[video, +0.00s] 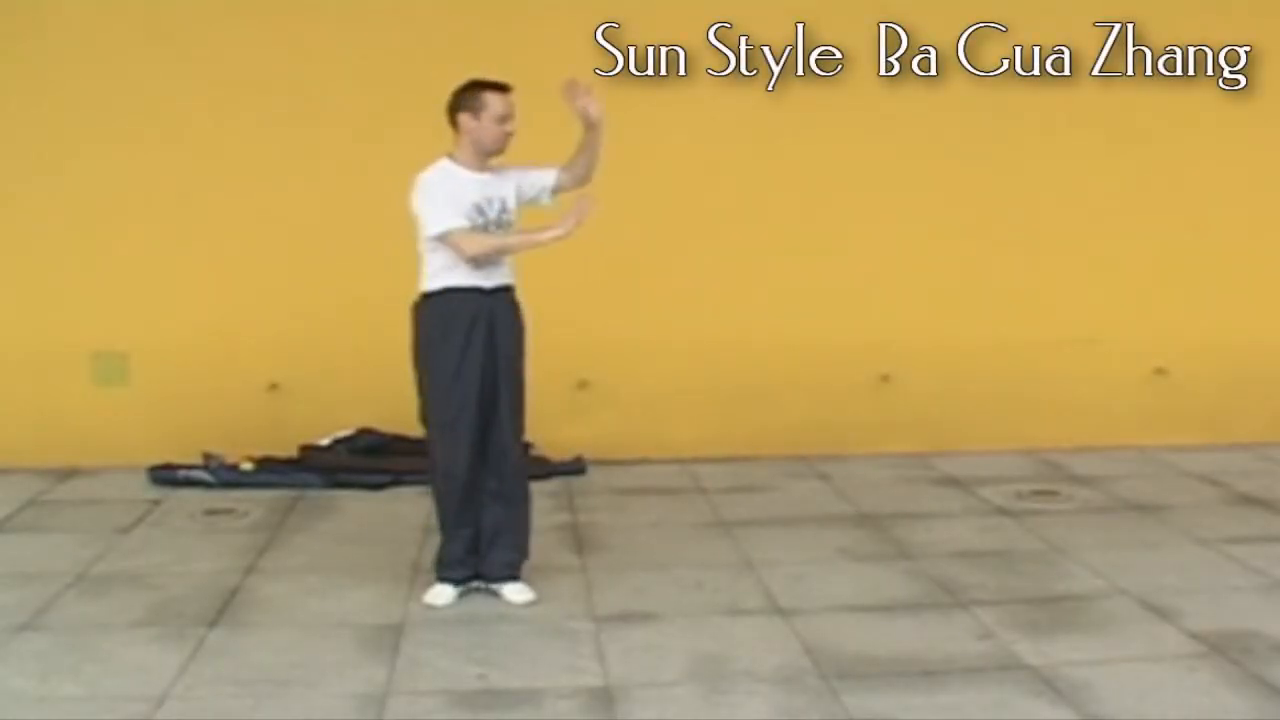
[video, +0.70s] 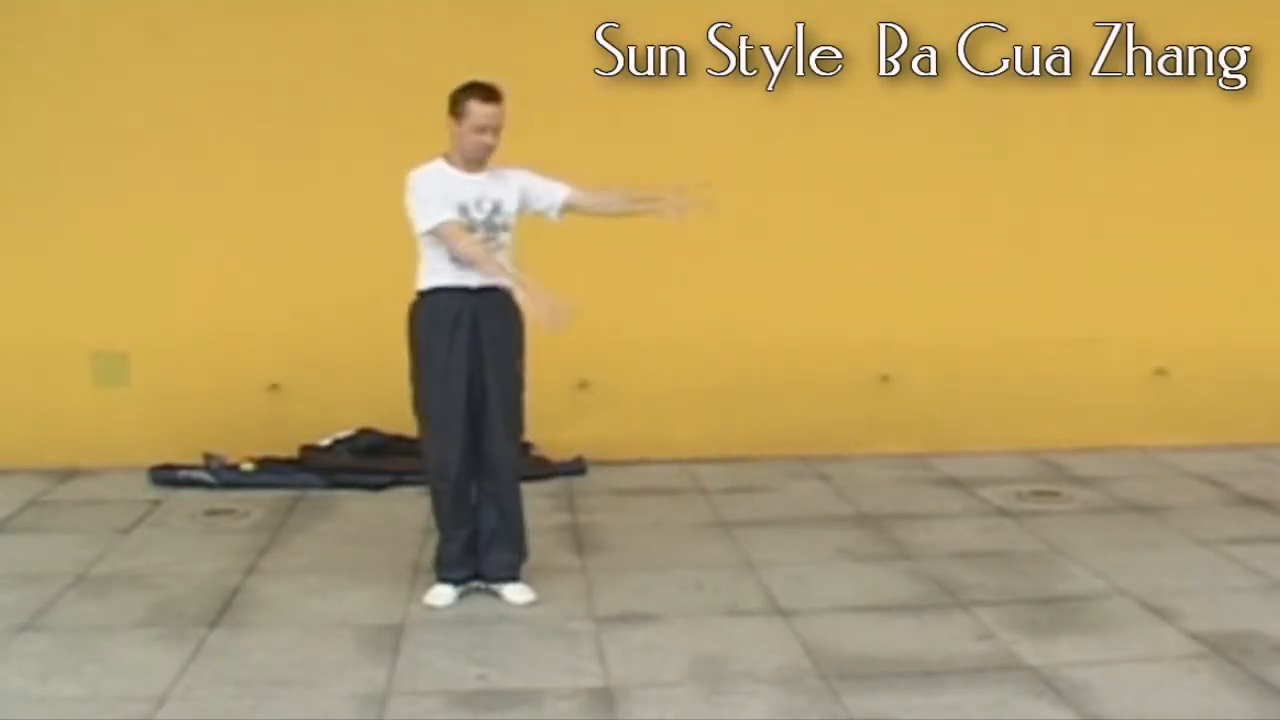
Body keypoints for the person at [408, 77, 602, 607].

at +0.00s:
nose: (509, 129)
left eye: (511, 120)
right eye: (500, 120)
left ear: (501, 126)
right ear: (465, 122)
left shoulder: (506, 181)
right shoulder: (433, 183)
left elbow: (571, 178)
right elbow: (473, 248)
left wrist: (593, 129)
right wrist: (555, 232)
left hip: (500, 312)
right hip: (448, 314)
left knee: (504, 442)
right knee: (453, 444)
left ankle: (502, 567)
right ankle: (454, 569)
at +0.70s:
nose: (489, 139)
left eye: (496, 130)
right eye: (479, 128)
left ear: (502, 131)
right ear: (453, 126)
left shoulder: (512, 182)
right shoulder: (427, 181)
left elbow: (587, 199)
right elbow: (462, 246)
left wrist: (658, 200)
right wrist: (525, 289)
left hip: (497, 312)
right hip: (442, 314)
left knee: (500, 443)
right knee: (447, 444)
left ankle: (501, 569)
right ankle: (453, 570)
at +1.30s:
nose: (455, 141)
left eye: (464, 131)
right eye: (446, 132)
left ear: (483, 130)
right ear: (435, 133)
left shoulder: (509, 186)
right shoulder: (412, 184)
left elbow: (540, 266)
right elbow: (379, 251)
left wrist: (535, 343)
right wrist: (380, 332)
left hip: (489, 311)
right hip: (433, 314)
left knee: (493, 447)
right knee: (439, 448)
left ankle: (500, 568)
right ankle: (451, 570)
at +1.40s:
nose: (447, 142)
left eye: (456, 132)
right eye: (439, 133)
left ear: (479, 130)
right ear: (430, 133)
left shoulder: (506, 187)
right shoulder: (410, 185)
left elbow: (526, 267)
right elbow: (374, 247)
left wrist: (512, 343)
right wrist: (367, 326)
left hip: (486, 311)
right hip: (430, 314)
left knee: (490, 446)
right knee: (436, 447)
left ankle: (499, 568)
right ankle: (450, 571)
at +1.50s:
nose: (442, 140)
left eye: (451, 130)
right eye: (434, 131)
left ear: (473, 130)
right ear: (425, 132)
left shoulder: (501, 188)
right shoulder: (408, 185)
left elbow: (514, 270)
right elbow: (373, 245)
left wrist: (476, 337)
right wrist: (357, 313)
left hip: (484, 310)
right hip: (426, 310)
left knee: (486, 446)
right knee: (432, 448)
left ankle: (499, 567)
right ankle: (450, 570)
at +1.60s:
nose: (444, 140)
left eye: (453, 130)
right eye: (435, 131)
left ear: (472, 129)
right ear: (422, 132)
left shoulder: (496, 188)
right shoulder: (403, 187)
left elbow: (494, 268)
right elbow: (377, 248)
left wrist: (428, 309)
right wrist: (350, 300)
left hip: (478, 316)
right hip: (420, 317)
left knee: (485, 447)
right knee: (430, 449)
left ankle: (496, 568)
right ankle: (449, 571)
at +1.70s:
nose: (450, 142)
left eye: (459, 132)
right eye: (440, 133)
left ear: (472, 133)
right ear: (423, 135)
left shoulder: (494, 188)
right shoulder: (398, 189)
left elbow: (471, 255)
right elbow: (374, 255)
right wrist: (326, 290)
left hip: (474, 321)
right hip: (419, 322)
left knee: (480, 450)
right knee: (426, 451)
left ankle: (493, 574)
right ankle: (449, 573)